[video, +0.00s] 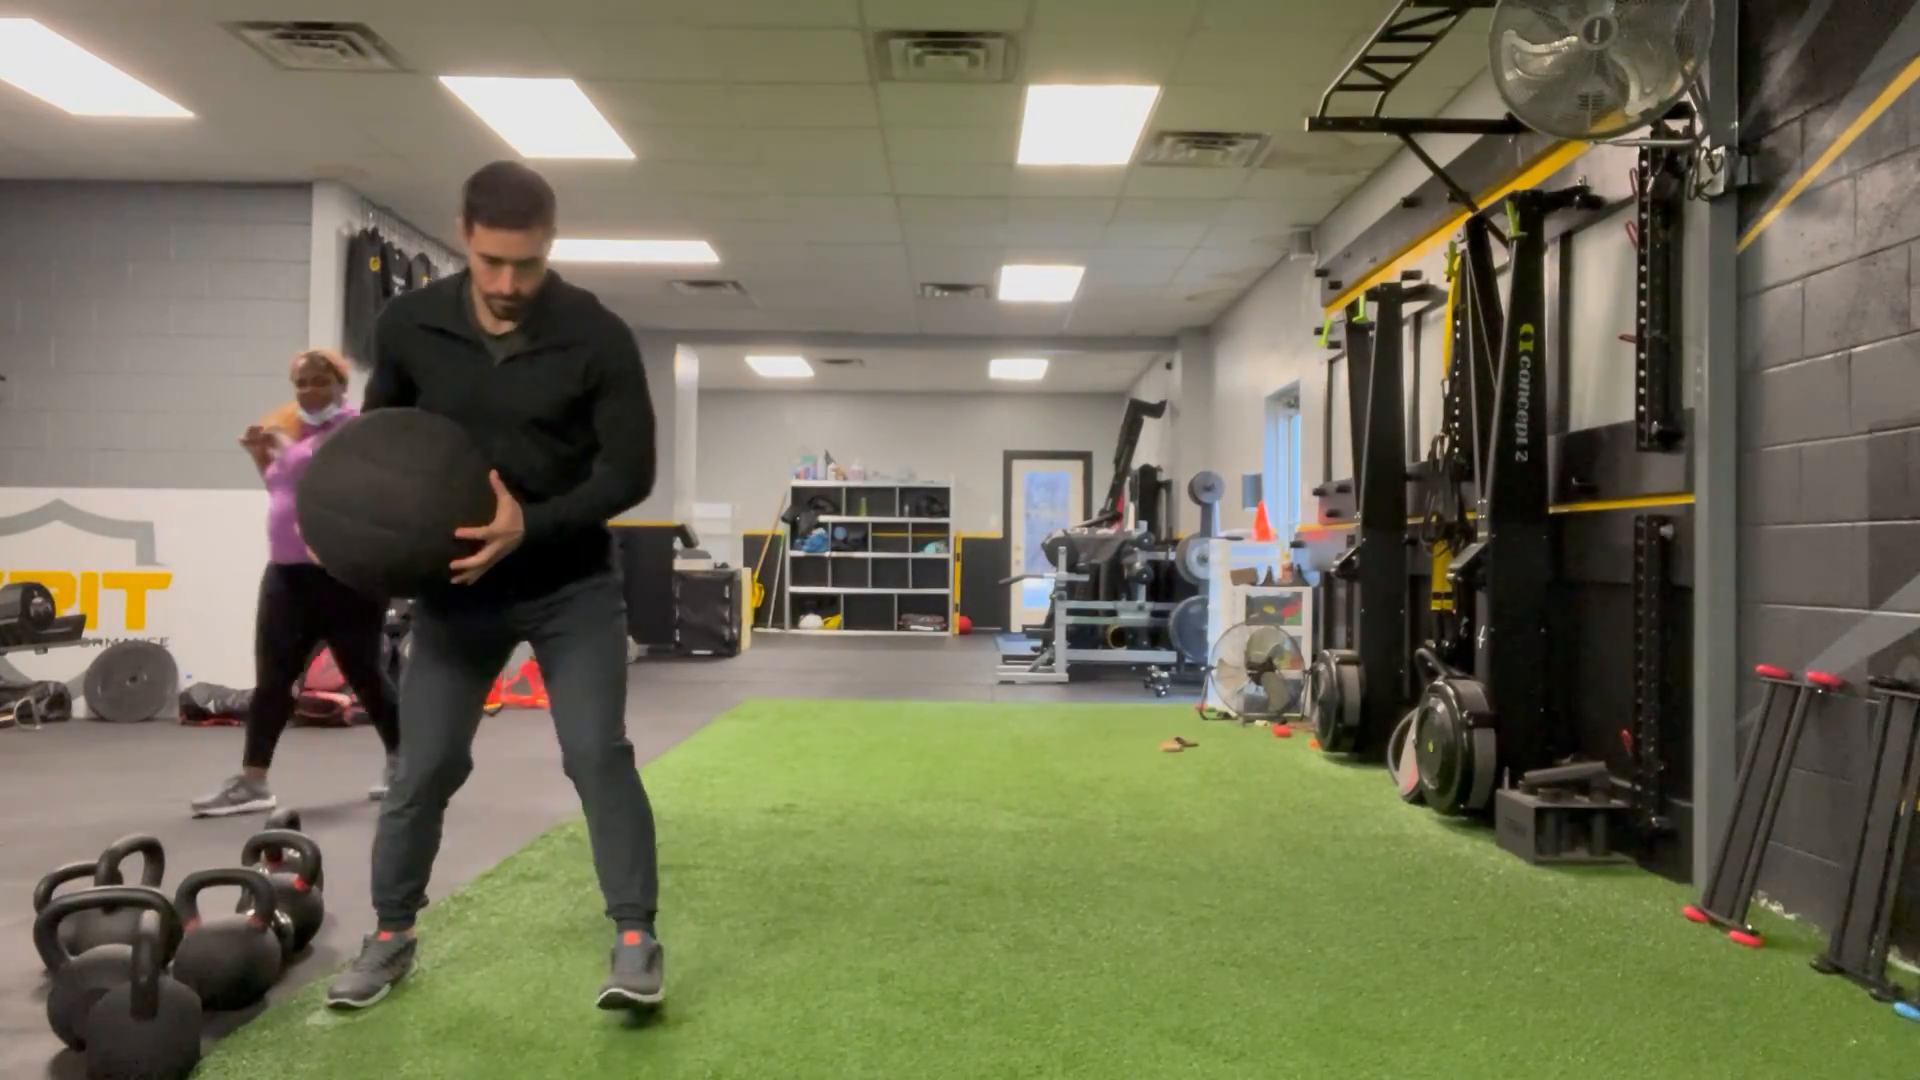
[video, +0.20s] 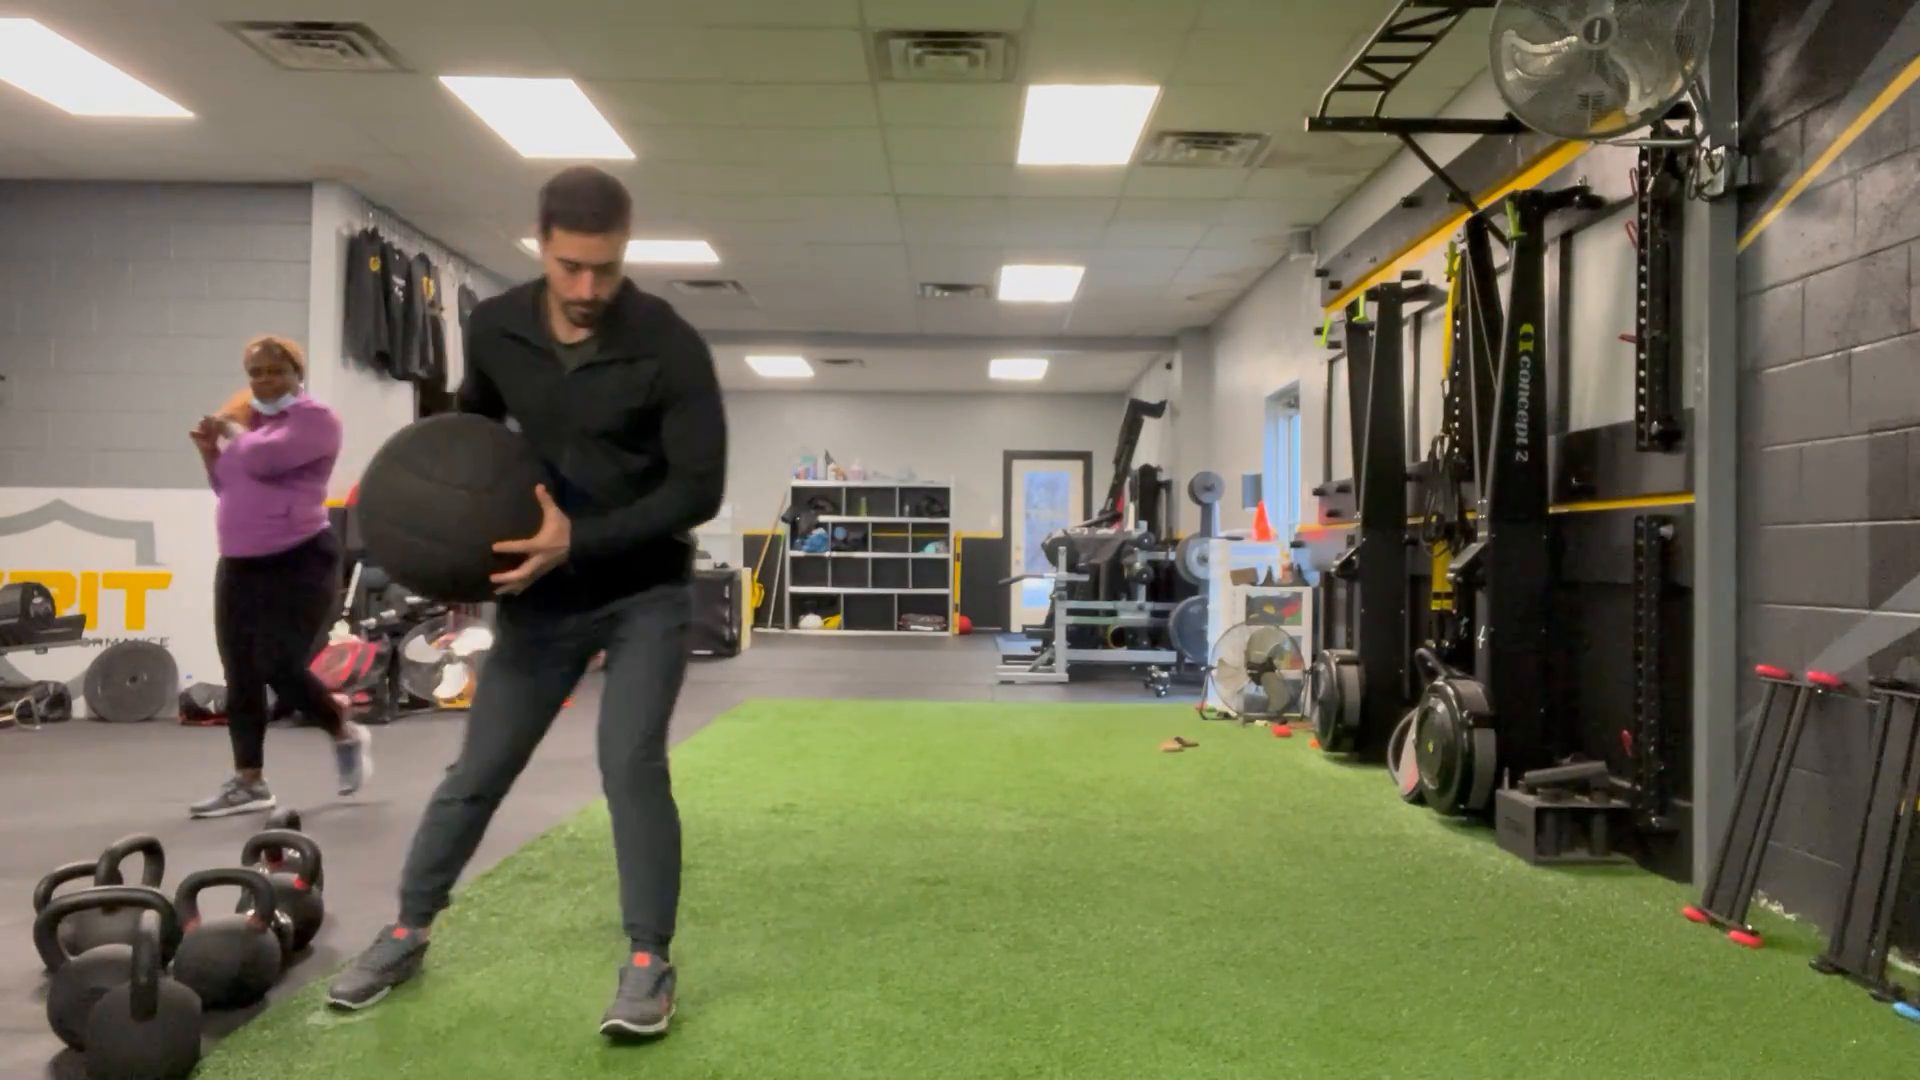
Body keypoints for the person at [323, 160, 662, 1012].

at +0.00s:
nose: (507, 283)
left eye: (526, 265)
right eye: (491, 263)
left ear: (553, 248)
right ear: (463, 241)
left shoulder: (597, 335)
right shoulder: (410, 325)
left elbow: (630, 471)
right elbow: (380, 446)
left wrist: (533, 520)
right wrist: (372, 524)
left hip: (574, 585)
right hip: (457, 593)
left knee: (597, 751)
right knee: (422, 767)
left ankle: (635, 934)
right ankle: (390, 932)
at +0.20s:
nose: (585, 287)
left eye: (602, 268)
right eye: (569, 266)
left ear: (626, 253)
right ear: (540, 248)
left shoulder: (669, 344)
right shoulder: (495, 328)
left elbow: (699, 490)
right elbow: (471, 436)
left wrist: (581, 537)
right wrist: (436, 518)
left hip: (647, 589)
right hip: (543, 591)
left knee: (631, 758)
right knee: (480, 768)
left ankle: (648, 958)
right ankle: (406, 932)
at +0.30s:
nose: (634, 291)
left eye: (650, 272)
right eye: (616, 270)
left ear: (670, 258)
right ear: (584, 250)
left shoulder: (706, 346)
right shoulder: (539, 327)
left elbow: (736, 494)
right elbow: (515, 447)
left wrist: (611, 543)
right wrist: (477, 532)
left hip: (686, 592)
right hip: (582, 595)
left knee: (647, 759)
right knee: (520, 771)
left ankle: (647, 963)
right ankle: (494, 911)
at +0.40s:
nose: (682, 292)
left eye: (697, 273)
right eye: (665, 272)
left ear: (715, 260)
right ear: (627, 253)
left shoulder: (740, 349)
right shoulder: (579, 327)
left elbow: (768, 501)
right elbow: (560, 435)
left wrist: (645, 545)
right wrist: (535, 520)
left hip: (721, 591)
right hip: (623, 587)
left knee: (660, 760)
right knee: (573, 766)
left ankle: (653, 958)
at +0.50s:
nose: (729, 293)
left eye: (743, 273)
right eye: (712, 272)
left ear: (757, 261)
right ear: (670, 254)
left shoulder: (779, 357)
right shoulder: (620, 328)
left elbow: (800, 503)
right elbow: (596, 432)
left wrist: (681, 548)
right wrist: (565, 513)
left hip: (751, 596)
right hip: (655, 593)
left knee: (674, 763)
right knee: (629, 771)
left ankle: (649, 966)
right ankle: (760, 851)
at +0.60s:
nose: (775, 299)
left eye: (788, 279)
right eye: (757, 278)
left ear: (800, 270)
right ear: (713, 260)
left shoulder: (820, 364)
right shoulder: (662, 332)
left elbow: (837, 507)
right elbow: (639, 429)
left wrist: (719, 554)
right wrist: (597, 507)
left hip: (791, 601)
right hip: (695, 600)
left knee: (698, 759)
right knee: (693, 774)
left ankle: (653, 963)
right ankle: (809, 894)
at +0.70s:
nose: (824, 307)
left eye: (835, 288)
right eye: (808, 287)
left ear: (845, 278)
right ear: (759, 269)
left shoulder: (863, 376)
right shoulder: (710, 338)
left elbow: (882, 518)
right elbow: (688, 443)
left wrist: (761, 564)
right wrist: (648, 525)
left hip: (839, 603)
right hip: (748, 603)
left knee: (743, 755)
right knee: (747, 778)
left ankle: (669, 961)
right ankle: (842, 916)